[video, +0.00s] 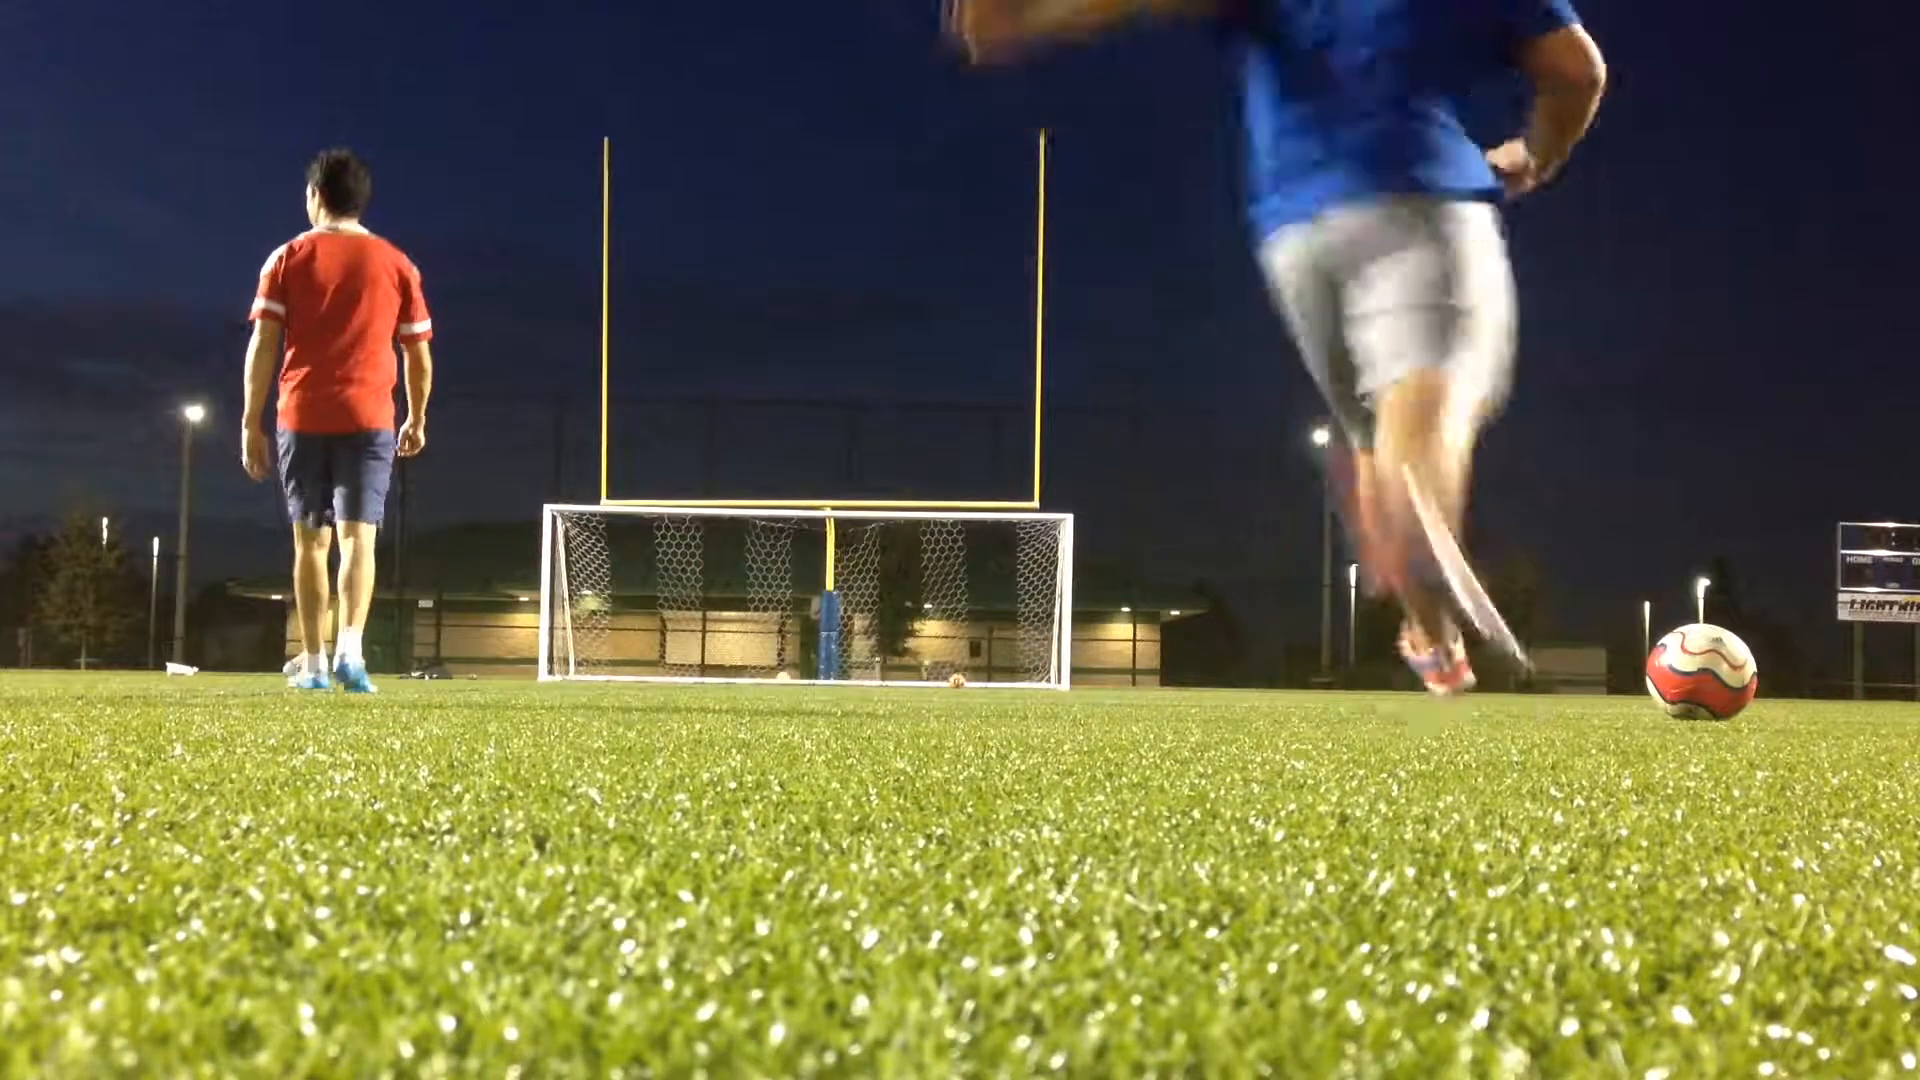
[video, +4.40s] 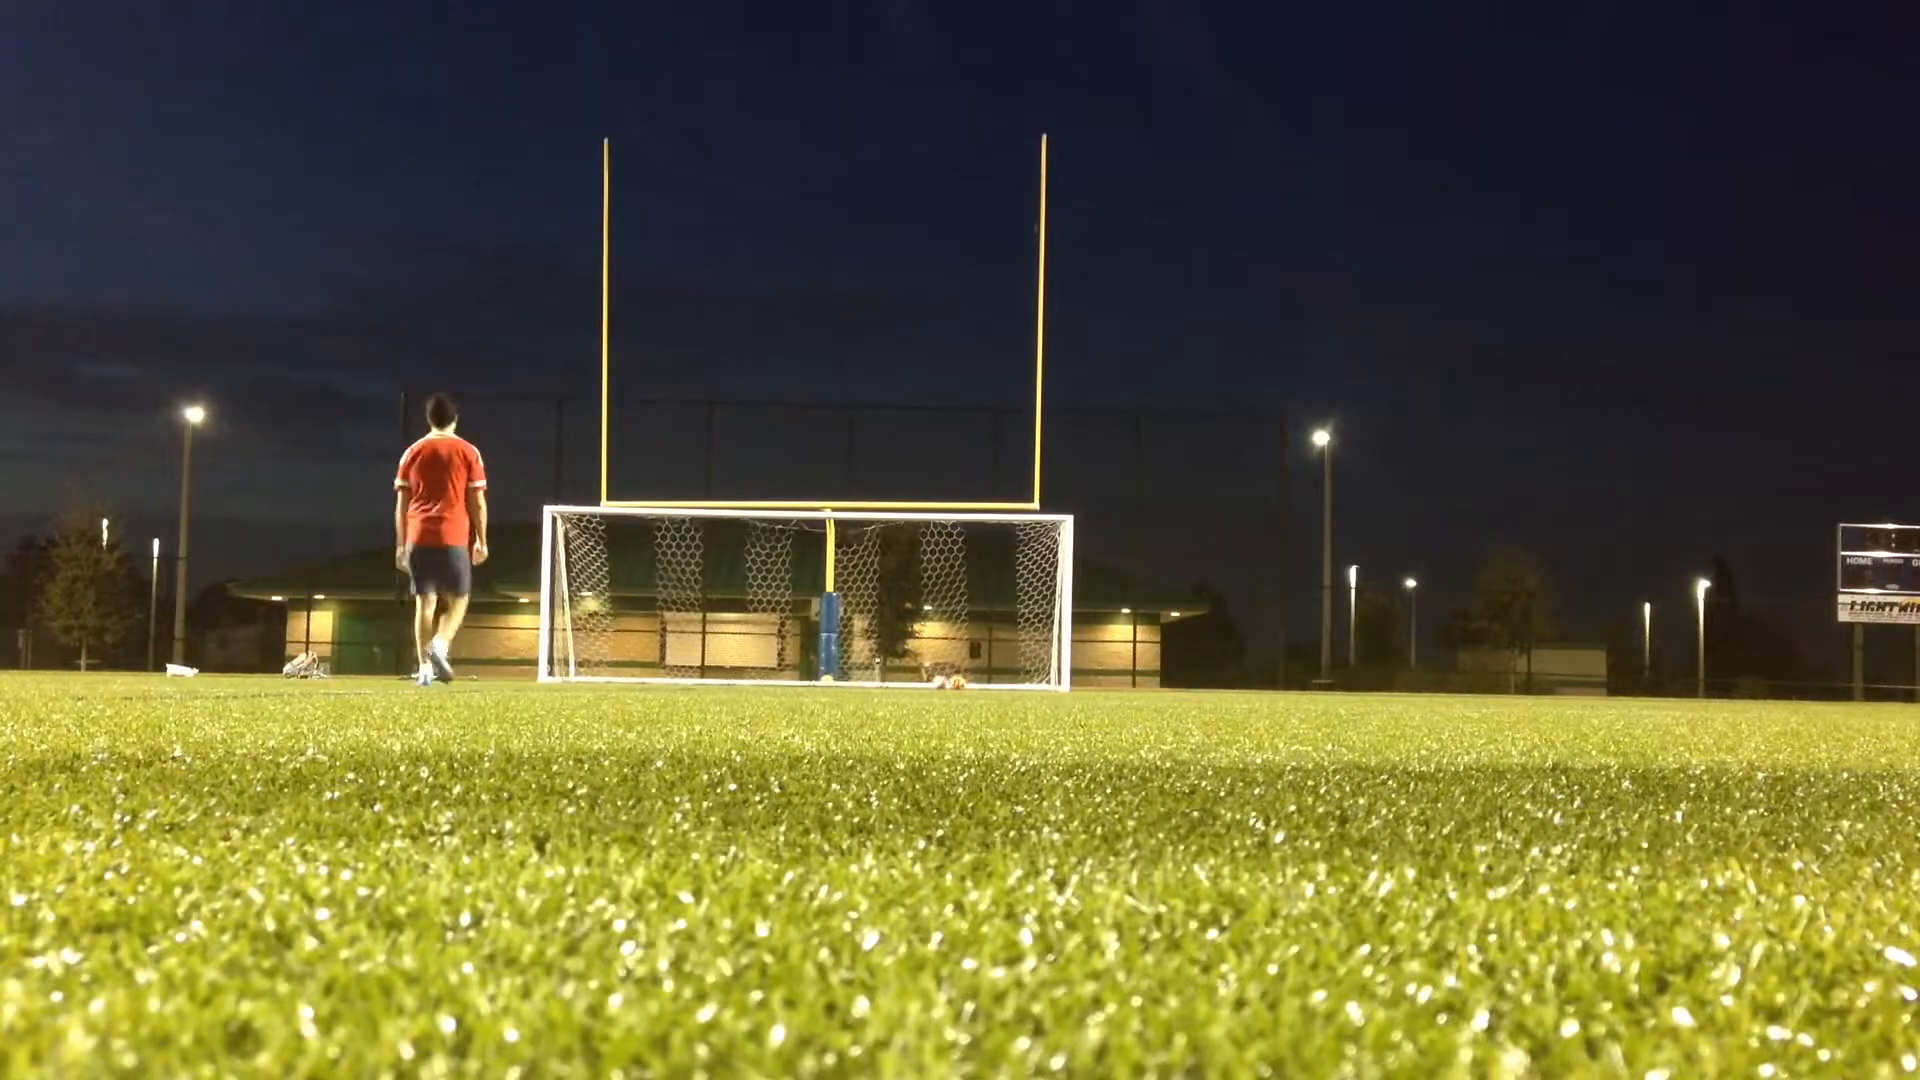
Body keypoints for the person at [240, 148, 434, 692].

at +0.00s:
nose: (307, 202)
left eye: (308, 194)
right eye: (310, 193)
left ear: (316, 197)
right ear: (363, 200)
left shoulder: (288, 258)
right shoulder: (397, 262)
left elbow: (264, 343)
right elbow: (418, 354)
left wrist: (251, 423)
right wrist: (418, 416)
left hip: (302, 415)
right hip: (371, 415)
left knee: (311, 542)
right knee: (359, 536)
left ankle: (313, 667)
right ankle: (349, 656)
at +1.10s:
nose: (296, 279)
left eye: (295, 272)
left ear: (295, 276)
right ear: (337, 275)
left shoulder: (277, 326)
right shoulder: (367, 327)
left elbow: (256, 402)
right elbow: (386, 403)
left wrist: (241, 466)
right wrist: (382, 446)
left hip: (288, 456)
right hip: (347, 457)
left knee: (290, 564)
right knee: (334, 559)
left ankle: (289, 667)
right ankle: (326, 653)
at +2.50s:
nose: (329, 347)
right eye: (329, 341)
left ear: (294, 344)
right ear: (329, 344)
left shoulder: (272, 384)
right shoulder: (348, 388)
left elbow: (257, 453)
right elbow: (358, 449)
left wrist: (270, 487)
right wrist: (362, 502)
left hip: (280, 492)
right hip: (326, 495)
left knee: (279, 575)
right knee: (324, 578)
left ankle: (274, 663)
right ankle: (318, 661)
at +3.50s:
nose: (362, 388)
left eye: (363, 383)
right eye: (365, 383)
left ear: (366, 386)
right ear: (395, 387)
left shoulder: (347, 421)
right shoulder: (411, 426)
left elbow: (332, 476)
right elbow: (418, 480)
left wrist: (343, 508)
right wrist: (424, 527)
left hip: (351, 515)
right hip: (392, 518)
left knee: (351, 592)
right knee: (397, 592)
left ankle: (348, 665)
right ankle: (396, 663)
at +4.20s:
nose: (418, 421)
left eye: (417, 417)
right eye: (424, 417)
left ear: (418, 419)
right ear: (444, 419)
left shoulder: (404, 453)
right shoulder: (461, 454)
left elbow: (389, 500)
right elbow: (471, 501)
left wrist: (380, 542)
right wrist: (470, 528)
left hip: (409, 538)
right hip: (443, 538)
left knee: (418, 604)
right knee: (433, 602)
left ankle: (424, 666)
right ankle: (416, 660)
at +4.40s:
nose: (448, 422)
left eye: (436, 417)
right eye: (452, 418)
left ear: (428, 419)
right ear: (455, 420)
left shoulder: (412, 452)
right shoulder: (468, 452)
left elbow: (402, 502)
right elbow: (478, 501)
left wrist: (400, 543)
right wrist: (481, 538)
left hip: (418, 538)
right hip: (454, 538)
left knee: (424, 602)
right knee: (458, 600)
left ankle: (424, 669)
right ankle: (440, 643)